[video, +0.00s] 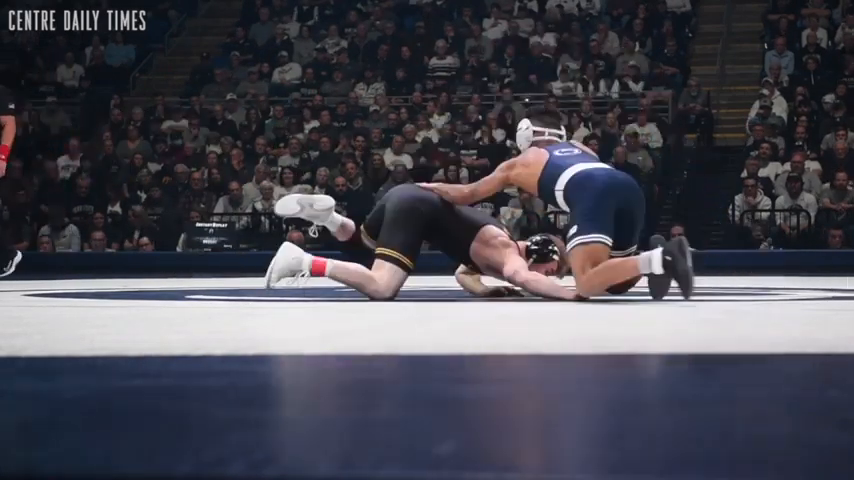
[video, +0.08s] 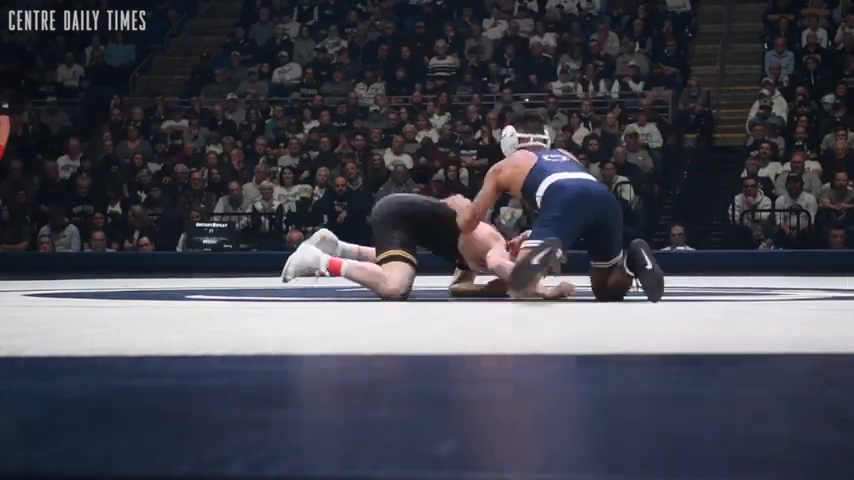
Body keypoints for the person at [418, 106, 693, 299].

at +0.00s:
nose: (517, 151)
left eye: (518, 146)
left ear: (523, 143)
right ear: (556, 140)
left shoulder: (518, 164)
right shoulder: (579, 150)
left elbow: (467, 194)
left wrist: (433, 186)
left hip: (591, 187)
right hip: (630, 188)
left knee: (587, 281)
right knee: (610, 280)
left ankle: (658, 260)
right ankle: (663, 259)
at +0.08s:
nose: (503, 149)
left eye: (505, 146)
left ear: (510, 148)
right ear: (542, 144)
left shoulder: (503, 168)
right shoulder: (563, 156)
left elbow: (470, 222)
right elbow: (561, 215)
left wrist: (463, 209)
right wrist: (525, 239)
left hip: (565, 195)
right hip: (605, 198)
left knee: (518, 280)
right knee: (605, 294)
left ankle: (540, 260)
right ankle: (634, 265)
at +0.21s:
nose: (460, 163)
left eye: (460, 160)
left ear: (468, 158)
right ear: (502, 153)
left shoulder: (462, 179)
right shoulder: (528, 162)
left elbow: (448, 227)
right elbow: (576, 212)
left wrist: (408, 254)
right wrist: (535, 239)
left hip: (508, 204)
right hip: (551, 201)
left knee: (458, 288)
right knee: (602, 284)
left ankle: (431, 285)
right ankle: (625, 281)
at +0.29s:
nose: (429, 164)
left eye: (428, 160)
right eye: (430, 161)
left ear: (437, 153)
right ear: (464, 149)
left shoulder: (433, 164)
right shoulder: (495, 157)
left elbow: (428, 197)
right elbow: (535, 219)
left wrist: (398, 236)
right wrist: (514, 260)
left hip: (478, 184)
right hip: (516, 179)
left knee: (453, 278)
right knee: (575, 262)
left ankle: (429, 276)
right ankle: (609, 269)